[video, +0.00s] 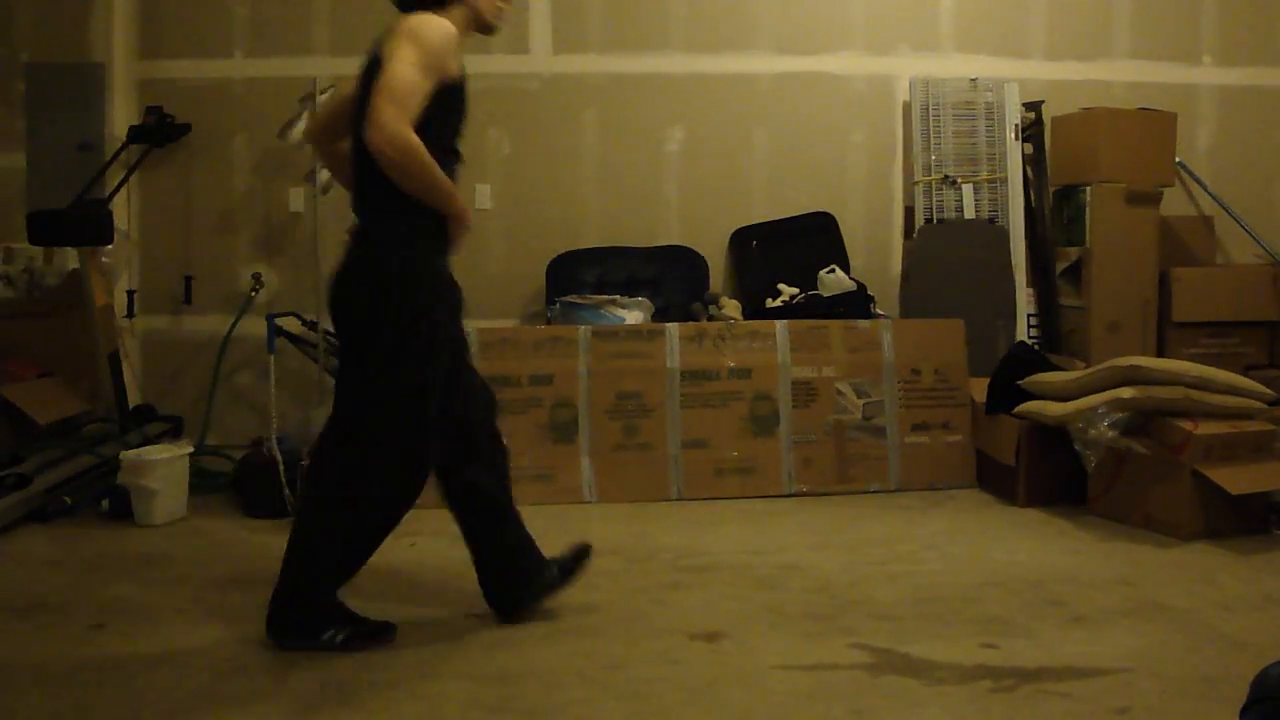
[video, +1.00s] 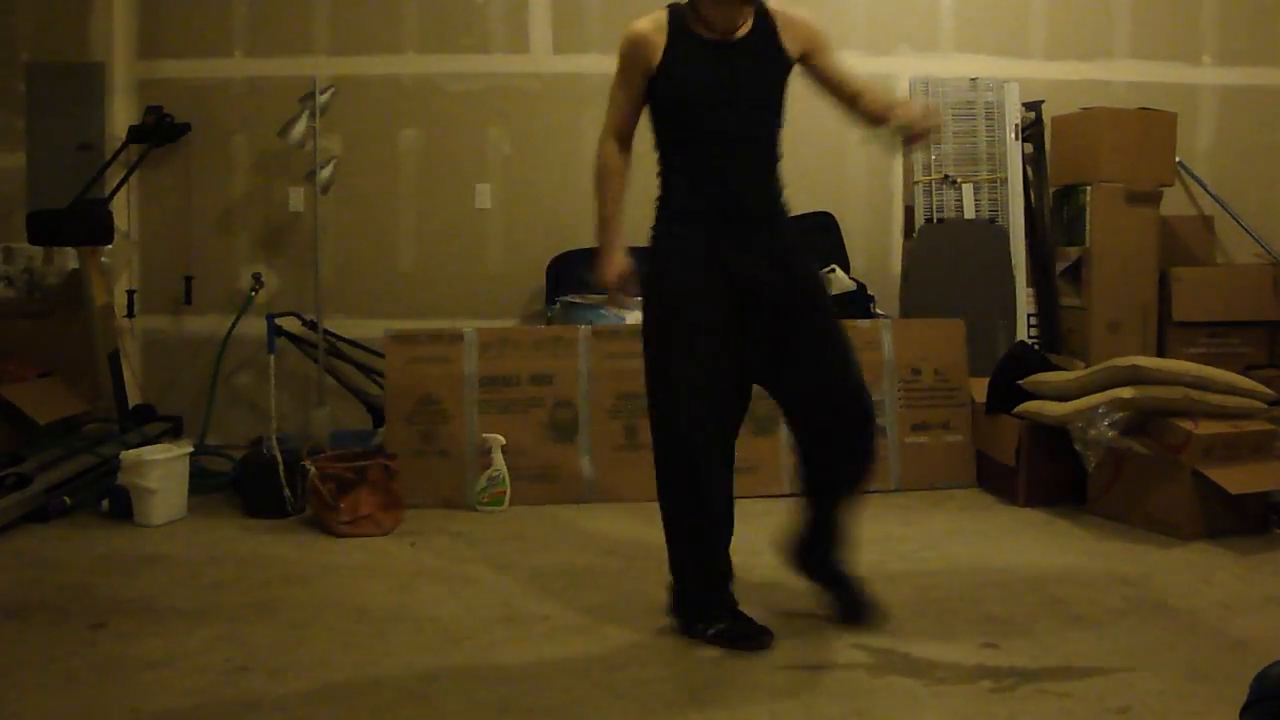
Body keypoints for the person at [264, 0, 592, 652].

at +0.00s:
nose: (506, 5)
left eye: (505, 1)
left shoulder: (410, 37)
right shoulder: (432, 31)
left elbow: (324, 131)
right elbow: (387, 130)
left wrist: (382, 199)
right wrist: (455, 207)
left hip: (402, 274)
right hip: (394, 277)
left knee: (464, 424)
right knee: (378, 445)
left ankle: (516, 577)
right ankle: (300, 610)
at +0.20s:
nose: (581, 10)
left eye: (581, 2)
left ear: (538, 5)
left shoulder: (491, 47)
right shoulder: (495, 38)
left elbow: (395, 128)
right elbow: (433, 115)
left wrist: (450, 201)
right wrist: (502, 206)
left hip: (451, 267)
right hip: (458, 270)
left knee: (488, 437)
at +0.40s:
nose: (635, 8)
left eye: (636, 1)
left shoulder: (568, 44)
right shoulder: (544, 29)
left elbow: (527, 140)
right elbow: (465, 113)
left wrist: (554, 225)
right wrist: (502, 230)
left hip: (527, 259)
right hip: (517, 261)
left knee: (541, 425)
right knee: (629, 406)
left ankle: (505, 588)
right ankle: (555, 545)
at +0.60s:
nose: (683, 3)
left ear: (653, 5)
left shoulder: (644, 67)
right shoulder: (588, 51)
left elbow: (614, 180)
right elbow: (494, 126)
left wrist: (640, 258)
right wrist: (471, 233)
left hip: (604, 281)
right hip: (570, 280)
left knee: (564, 443)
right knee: (628, 443)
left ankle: (502, 596)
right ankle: (690, 602)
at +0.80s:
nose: (718, 7)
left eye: (722, 0)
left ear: (719, 8)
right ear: (671, 2)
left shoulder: (727, 60)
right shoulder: (619, 68)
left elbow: (731, 149)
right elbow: (560, 165)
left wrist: (763, 217)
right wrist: (531, 272)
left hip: (691, 273)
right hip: (632, 276)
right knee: (677, 435)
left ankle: (606, 518)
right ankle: (686, 605)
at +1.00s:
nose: (731, 9)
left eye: (738, 4)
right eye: (719, 4)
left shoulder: (788, 30)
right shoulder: (650, 40)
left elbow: (857, 96)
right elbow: (616, 139)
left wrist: (899, 113)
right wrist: (610, 244)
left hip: (771, 258)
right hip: (687, 263)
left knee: (842, 415)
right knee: (695, 435)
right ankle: (701, 601)